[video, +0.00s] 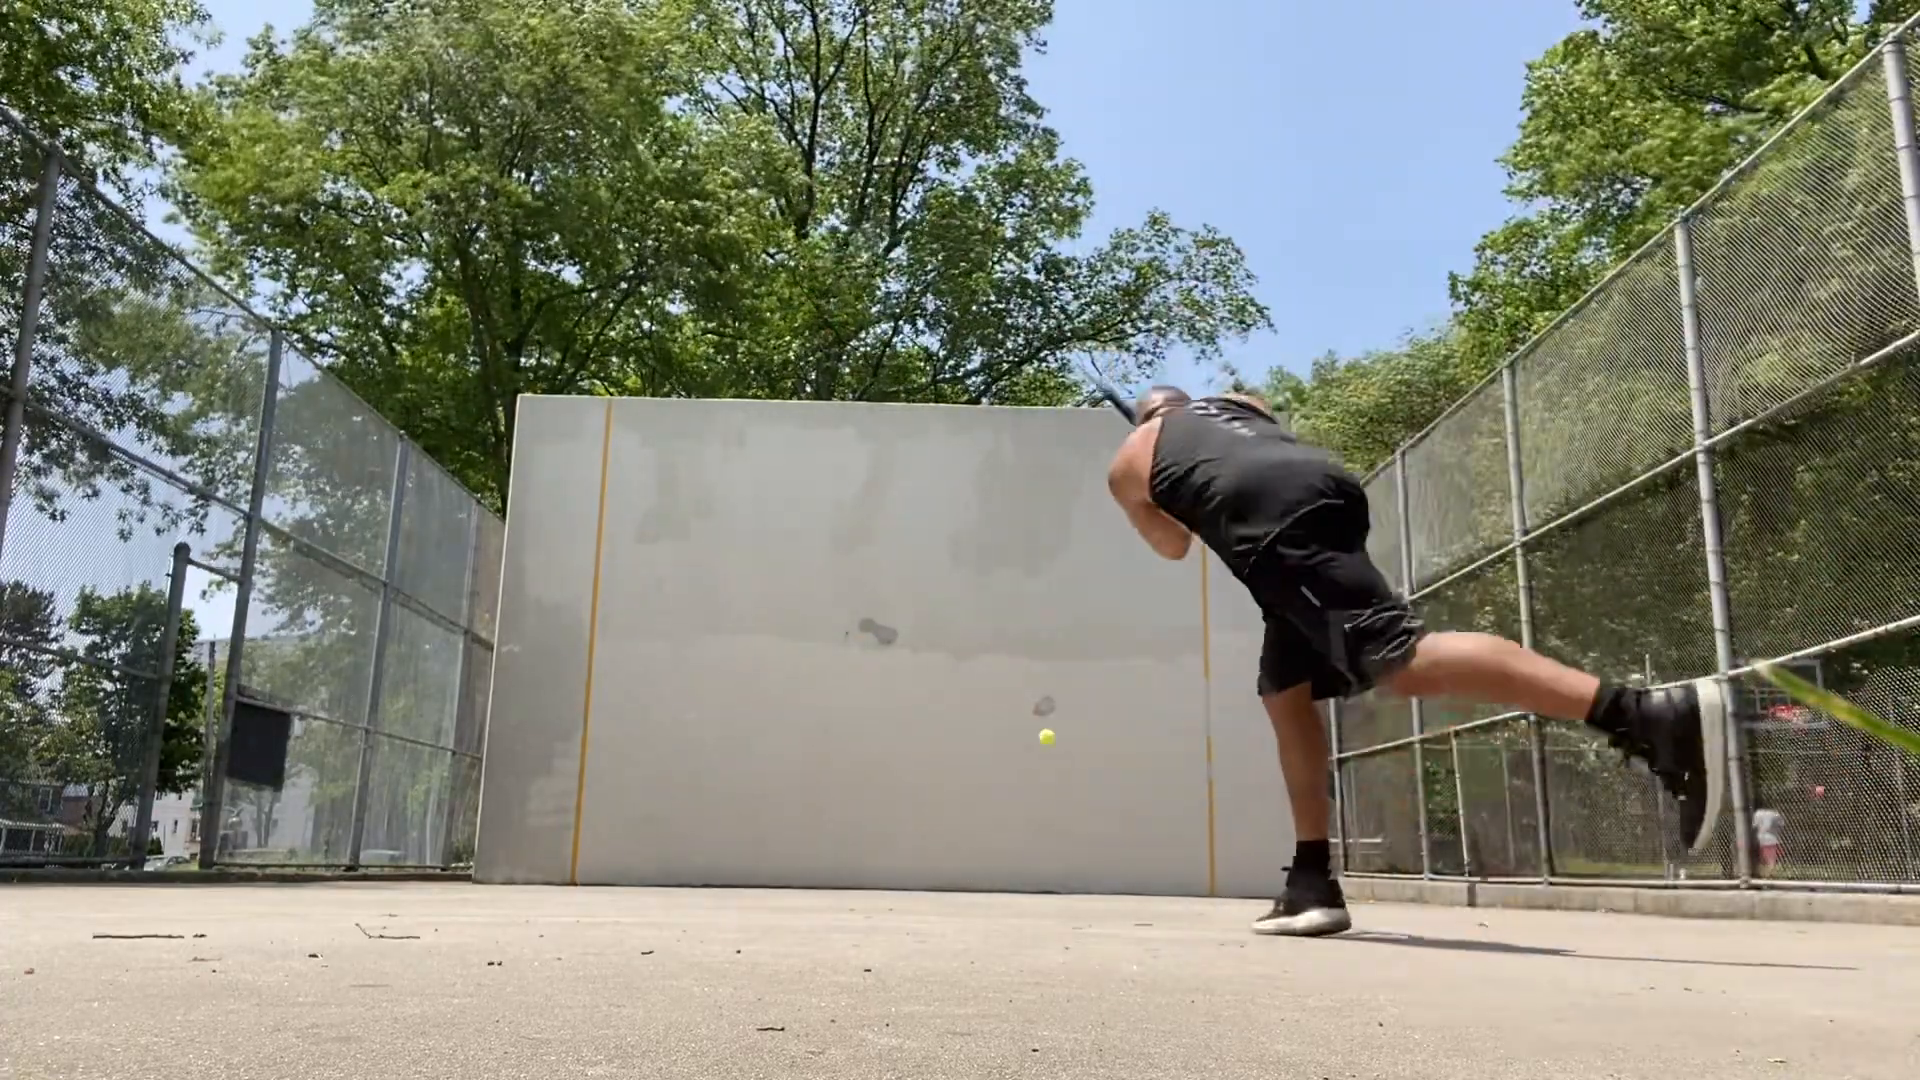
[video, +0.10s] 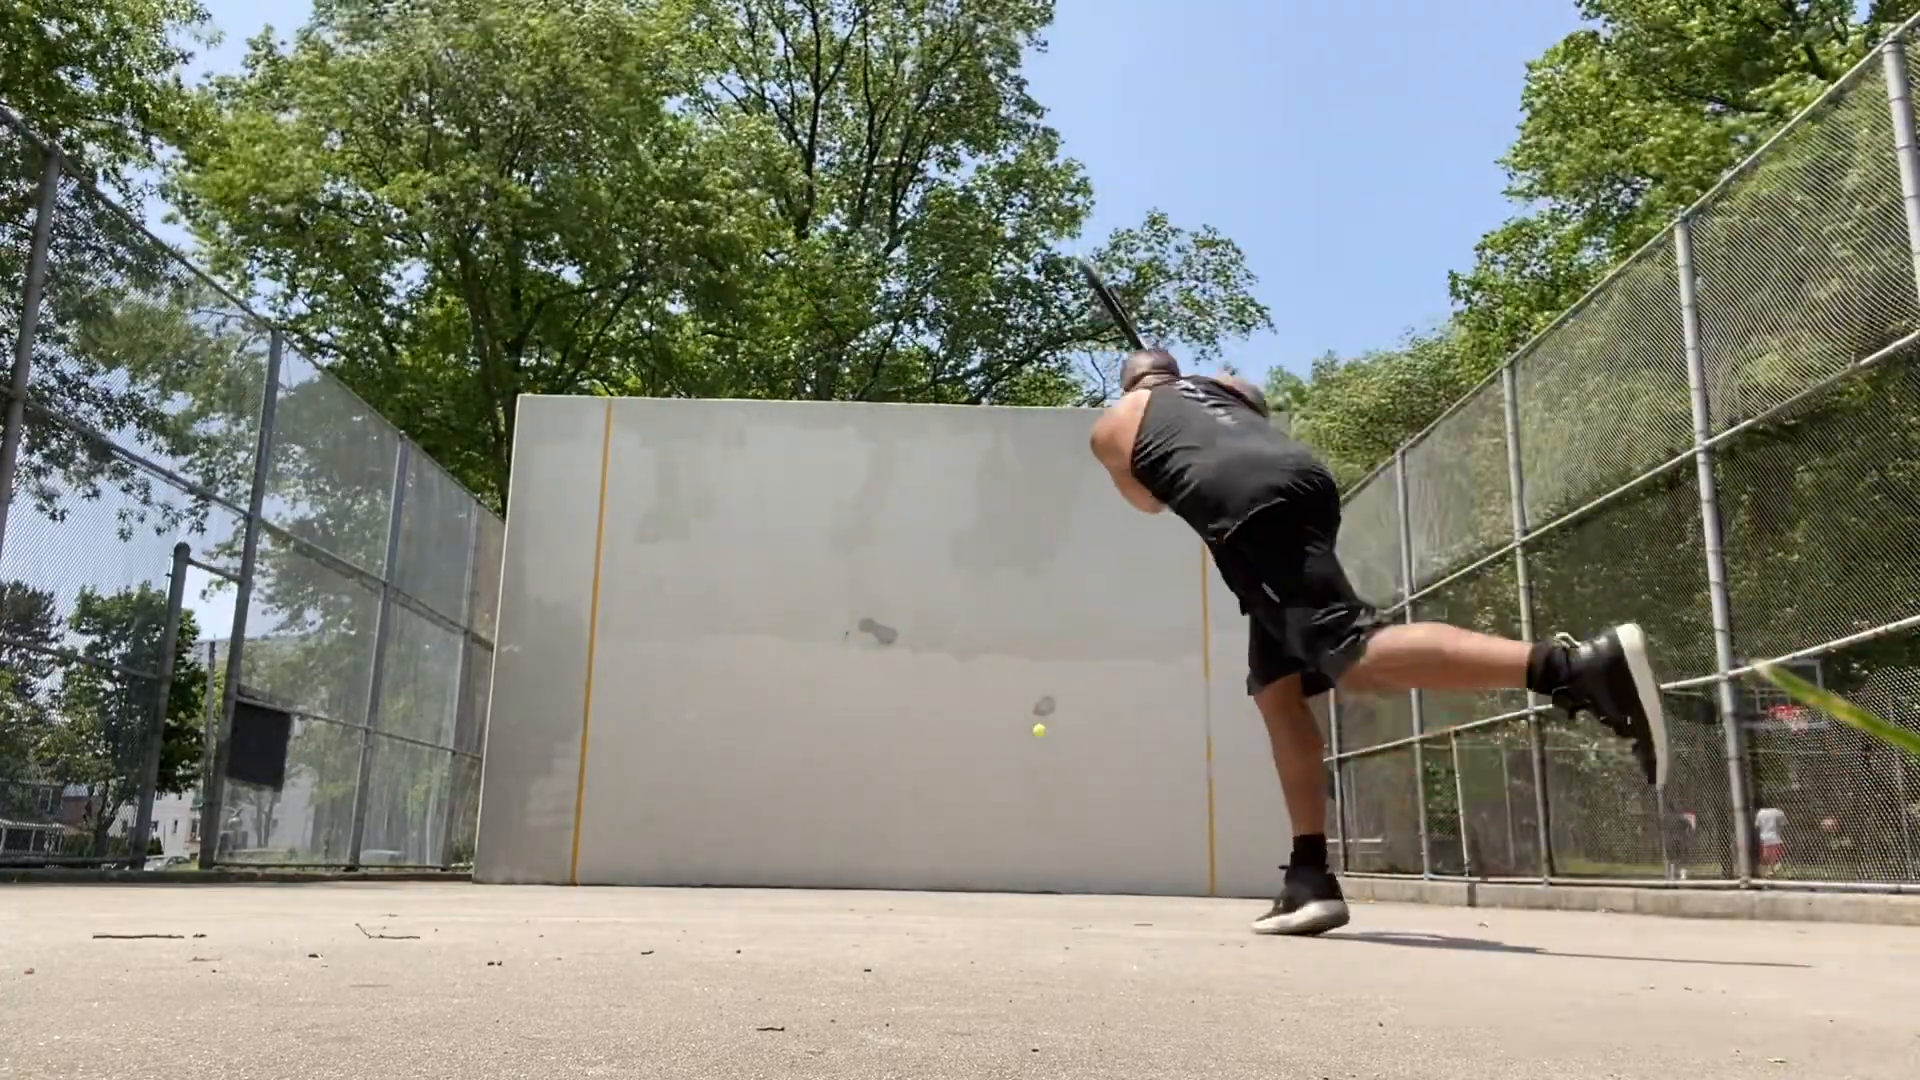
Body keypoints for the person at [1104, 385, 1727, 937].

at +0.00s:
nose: (1128, 422)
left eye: (1129, 415)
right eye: (1135, 413)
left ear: (1147, 416)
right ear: (1191, 405)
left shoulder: (1131, 456)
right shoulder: (1241, 412)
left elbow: (1171, 544)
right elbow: (1261, 426)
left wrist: (1184, 469)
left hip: (1277, 513)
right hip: (1332, 490)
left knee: (1402, 663)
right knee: (1285, 687)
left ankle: (1651, 720)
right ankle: (1312, 883)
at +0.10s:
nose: (1122, 400)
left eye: (1119, 391)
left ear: (1126, 387)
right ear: (1176, 377)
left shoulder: (1113, 424)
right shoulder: (1228, 388)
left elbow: (1145, 497)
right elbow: (1253, 393)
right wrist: (1195, 387)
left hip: (1247, 502)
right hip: (1307, 477)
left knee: (1352, 659)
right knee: (1279, 689)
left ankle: (1580, 671)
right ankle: (1311, 880)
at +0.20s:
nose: (1100, 361)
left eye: (1102, 352)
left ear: (1106, 352)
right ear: (1159, 341)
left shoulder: (1096, 387)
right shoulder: (1215, 361)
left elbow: (1118, 489)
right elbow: (1248, 423)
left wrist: (1162, 443)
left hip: (1223, 485)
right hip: (1291, 472)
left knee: (1244, 676)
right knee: (1278, 678)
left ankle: (1422, 690)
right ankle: (1307, 869)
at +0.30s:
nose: (1089, 333)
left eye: (1090, 325)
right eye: (1099, 321)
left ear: (1096, 328)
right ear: (1144, 321)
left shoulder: (1083, 366)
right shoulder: (1203, 356)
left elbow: (1079, 490)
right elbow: (1233, 432)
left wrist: (1120, 508)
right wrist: (1172, 493)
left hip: (1200, 491)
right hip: (1277, 486)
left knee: (1147, 669)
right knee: (1264, 683)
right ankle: (1307, 873)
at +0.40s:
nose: (1074, 337)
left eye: (1077, 328)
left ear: (1081, 330)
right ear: (1138, 329)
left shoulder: (1069, 367)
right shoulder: (1191, 369)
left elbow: (1058, 484)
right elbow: (1213, 456)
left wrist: (1096, 541)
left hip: (1163, 513)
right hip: (1247, 515)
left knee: (1095, 680)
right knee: (1239, 701)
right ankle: (1302, 869)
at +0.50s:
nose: (1067, 345)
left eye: (1068, 336)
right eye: (1075, 337)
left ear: (1074, 335)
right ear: (1129, 336)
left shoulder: (1048, 377)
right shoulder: (1181, 377)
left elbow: (1039, 489)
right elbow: (1238, 470)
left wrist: (1097, 534)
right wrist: (1185, 513)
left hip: (1117, 544)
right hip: (1203, 549)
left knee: (1045, 706)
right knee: (1201, 712)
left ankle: (1009, 883)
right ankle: (1286, 859)